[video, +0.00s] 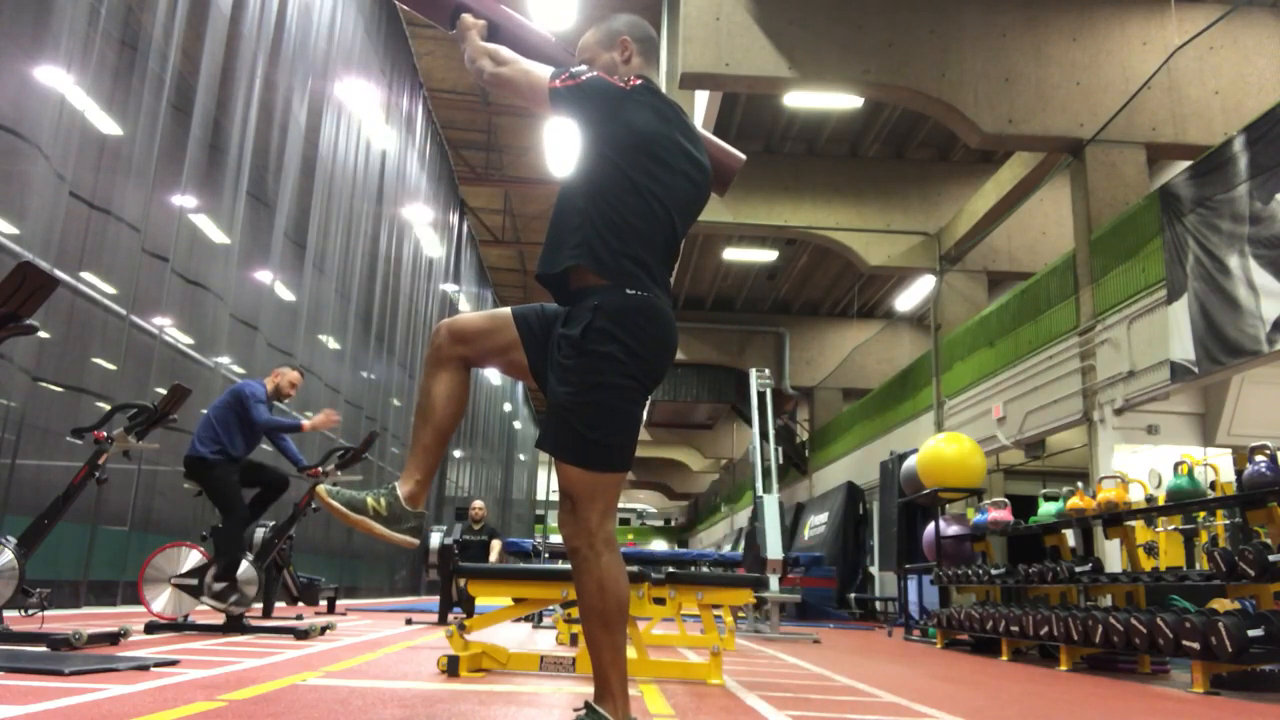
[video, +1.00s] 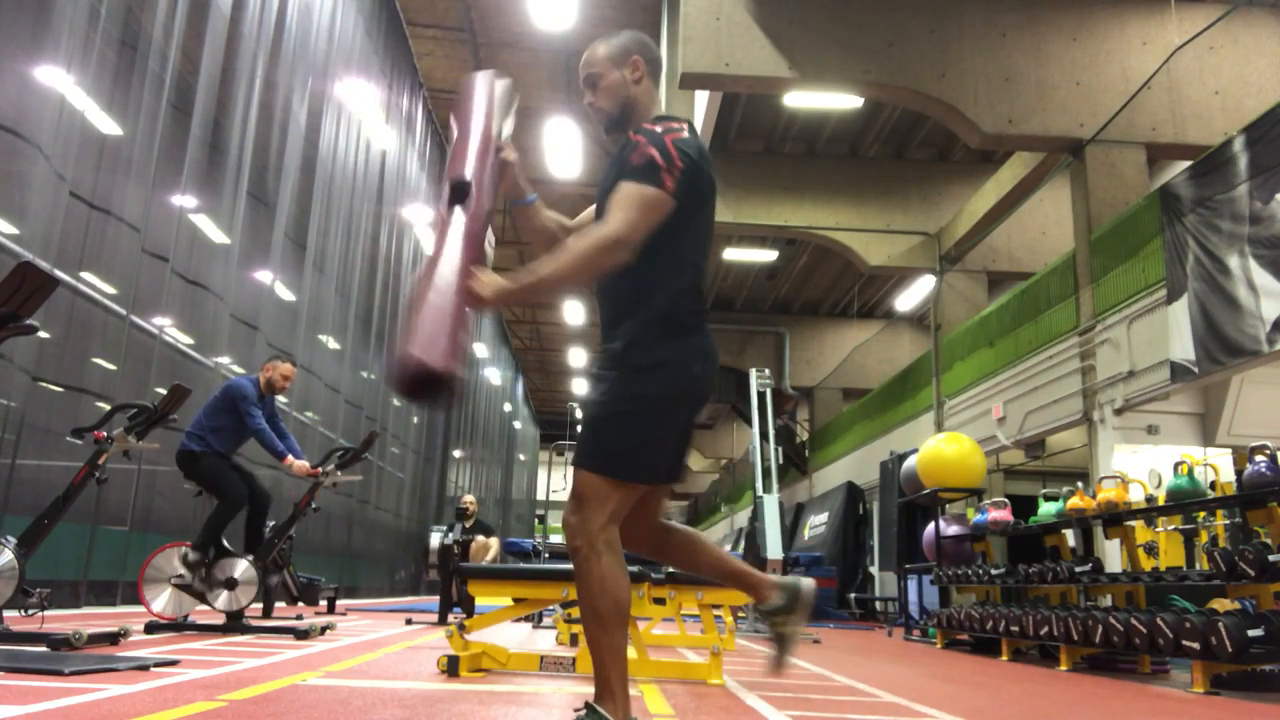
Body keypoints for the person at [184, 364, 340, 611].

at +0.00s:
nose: (292, 393)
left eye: (296, 390)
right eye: (291, 385)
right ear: (276, 376)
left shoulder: (264, 405)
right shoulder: (251, 389)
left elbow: (278, 438)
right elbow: (263, 421)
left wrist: (303, 467)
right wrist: (309, 424)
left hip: (229, 462)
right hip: (207, 460)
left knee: (278, 481)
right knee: (237, 516)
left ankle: (235, 527)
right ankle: (219, 582)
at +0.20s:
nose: (288, 392)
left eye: (291, 388)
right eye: (287, 384)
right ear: (271, 376)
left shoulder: (263, 406)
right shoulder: (244, 390)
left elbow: (278, 438)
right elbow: (238, 422)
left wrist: (303, 466)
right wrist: (278, 435)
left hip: (226, 462)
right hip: (202, 460)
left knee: (273, 492)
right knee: (242, 506)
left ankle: (255, 550)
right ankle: (199, 560)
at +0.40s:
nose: (284, 385)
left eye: (288, 381)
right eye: (282, 378)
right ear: (266, 370)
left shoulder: (264, 404)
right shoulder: (237, 388)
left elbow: (277, 434)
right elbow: (233, 427)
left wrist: (303, 466)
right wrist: (271, 446)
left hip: (222, 463)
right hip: (202, 457)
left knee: (247, 521)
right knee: (264, 475)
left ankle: (228, 578)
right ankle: (218, 527)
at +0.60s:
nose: (282, 384)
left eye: (285, 380)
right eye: (279, 376)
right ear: (262, 369)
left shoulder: (262, 401)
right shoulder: (236, 389)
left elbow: (275, 431)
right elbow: (248, 429)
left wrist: (300, 460)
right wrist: (286, 455)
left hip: (220, 460)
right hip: (203, 457)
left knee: (259, 509)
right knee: (260, 487)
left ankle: (229, 543)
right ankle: (237, 546)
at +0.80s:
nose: (285, 384)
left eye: (289, 380)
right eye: (283, 377)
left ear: (285, 381)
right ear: (265, 370)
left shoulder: (264, 399)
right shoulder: (243, 388)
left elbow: (277, 430)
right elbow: (258, 428)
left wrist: (301, 463)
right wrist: (288, 460)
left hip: (229, 461)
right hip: (205, 460)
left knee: (278, 481)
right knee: (232, 515)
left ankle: (235, 529)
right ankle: (220, 585)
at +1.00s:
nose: (286, 386)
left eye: (290, 381)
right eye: (284, 378)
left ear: (290, 381)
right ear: (267, 371)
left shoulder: (266, 398)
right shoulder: (242, 388)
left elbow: (279, 430)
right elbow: (258, 428)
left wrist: (301, 461)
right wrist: (289, 461)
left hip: (219, 457)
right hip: (196, 454)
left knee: (261, 498)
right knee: (236, 496)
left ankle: (254, 558)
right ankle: (197, 552)